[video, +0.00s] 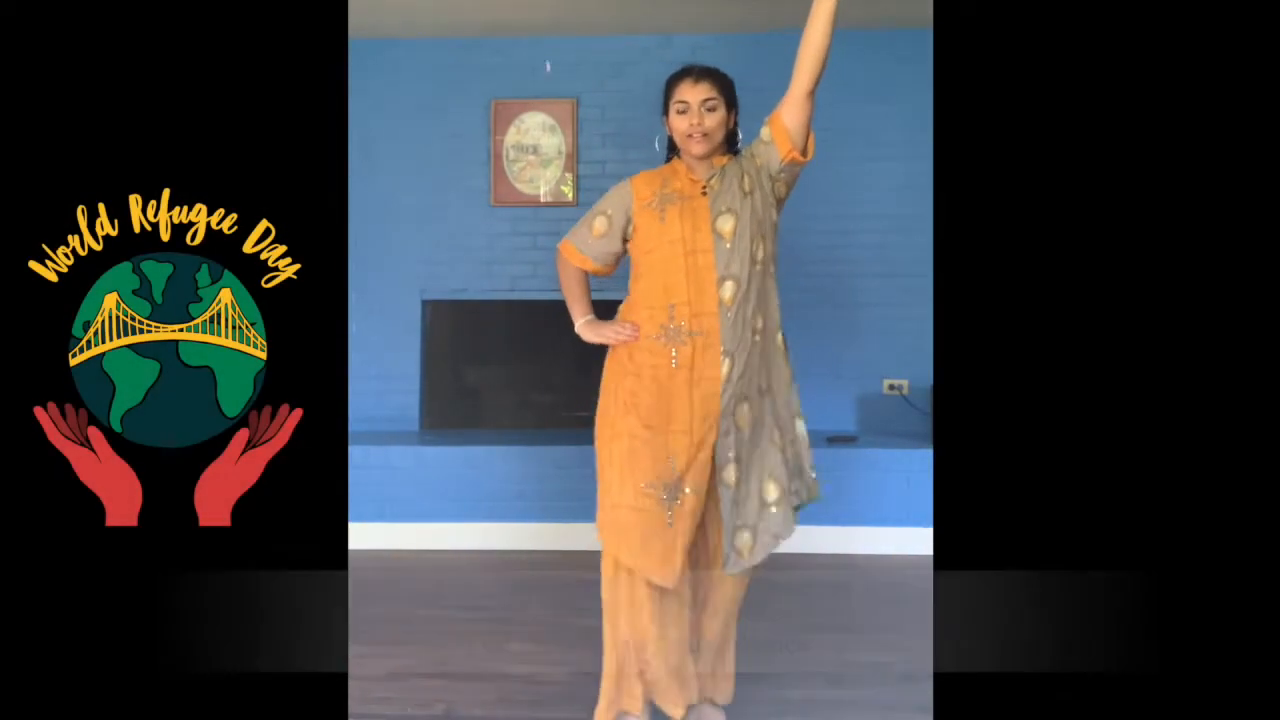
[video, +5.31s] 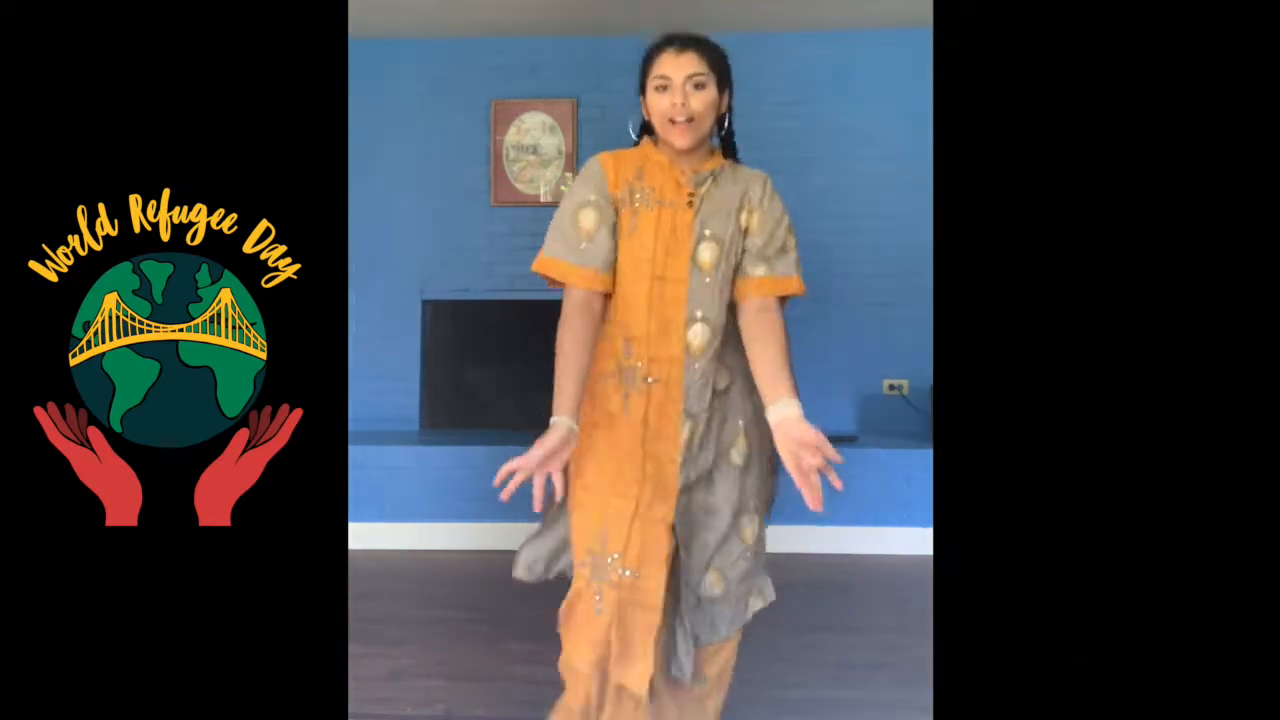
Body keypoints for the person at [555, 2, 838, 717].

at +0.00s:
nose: (695, 119)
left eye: (709, 107)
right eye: (683, 109)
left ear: (731, 117)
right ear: (667, 120)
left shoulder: (757, 179)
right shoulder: (641, 191)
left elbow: (803, 87)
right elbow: (571, 252)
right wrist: (584, 321)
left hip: (731, 386)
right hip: (646, 386)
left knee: (721, 550)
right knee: (642, 550)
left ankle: (702, 698)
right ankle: (632, 701)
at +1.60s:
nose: (679, 101)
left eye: (693, 90)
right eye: (666, 91)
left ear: (714, 106)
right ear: (649, 107)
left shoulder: (744, 167)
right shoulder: (618, 181)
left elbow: (847, 176)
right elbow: (555, 226)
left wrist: (784, 191)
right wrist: (538, 241)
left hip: (720, 383)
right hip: (634, 386)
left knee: (719, 536)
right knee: (630, 536)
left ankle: (704, 697)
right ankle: (627, 699)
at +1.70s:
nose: (682, 103)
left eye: (696, 92)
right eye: (669, 93)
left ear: (718, 106)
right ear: (652, 108)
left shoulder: (747, 180)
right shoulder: (617, 184)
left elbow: (823, 257)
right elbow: (554, 255)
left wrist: (769, 241)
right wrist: (575, 274)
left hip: (719, 381)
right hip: (633, 382)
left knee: (717, 526)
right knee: (633, 528)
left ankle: (703, 690)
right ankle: (628, 692)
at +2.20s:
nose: (693, 103)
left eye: (708, 93)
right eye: (681, 93)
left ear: (731, 107)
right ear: (664, 109)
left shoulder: (757, 169)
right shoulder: (635, 181)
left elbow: (759, 272)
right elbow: (619, 264)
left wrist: (745, 345)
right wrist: (607, 315)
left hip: (717, 383)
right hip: (636, 380)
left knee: (716, 540)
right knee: (642, 541)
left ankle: (714, 674)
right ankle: (650, 696)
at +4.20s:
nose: (687, 109)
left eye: (702, 96)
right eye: (673, 98)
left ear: (726, 102)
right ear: (657, 107)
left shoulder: (767, 175)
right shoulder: (630, 178)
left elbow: (792, 291)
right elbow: (586, 290)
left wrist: (793, 395)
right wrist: (572, 392)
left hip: (724, 405)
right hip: (631, 405)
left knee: (721, 576)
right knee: (635, 579)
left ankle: (715, 709)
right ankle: (644, 713)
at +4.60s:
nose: (691, 132)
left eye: (707, 120)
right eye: (676, 120)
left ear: (727, 132)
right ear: (658, 132)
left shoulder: (756, 216)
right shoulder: (614, 205)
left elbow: (838, 294)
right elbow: (549, 285)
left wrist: (776, 297)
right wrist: (598, 305)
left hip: (728, 446)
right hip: (634, 443)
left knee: (714, 619)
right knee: (638, 615)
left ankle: (692, 711)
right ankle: (635, 711)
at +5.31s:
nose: (680, 100)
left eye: (696, 84)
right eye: (663, 86)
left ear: (723, 99)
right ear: (645, 102)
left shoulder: (751, 194)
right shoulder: (607, 178)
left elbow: (760, 313)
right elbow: (581, 307)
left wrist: (786, 416)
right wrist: (563, 421)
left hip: (719, 433)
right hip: (618, 428)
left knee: (707, 621)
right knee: (609, 609)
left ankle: (687, 711)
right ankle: (594, 709)